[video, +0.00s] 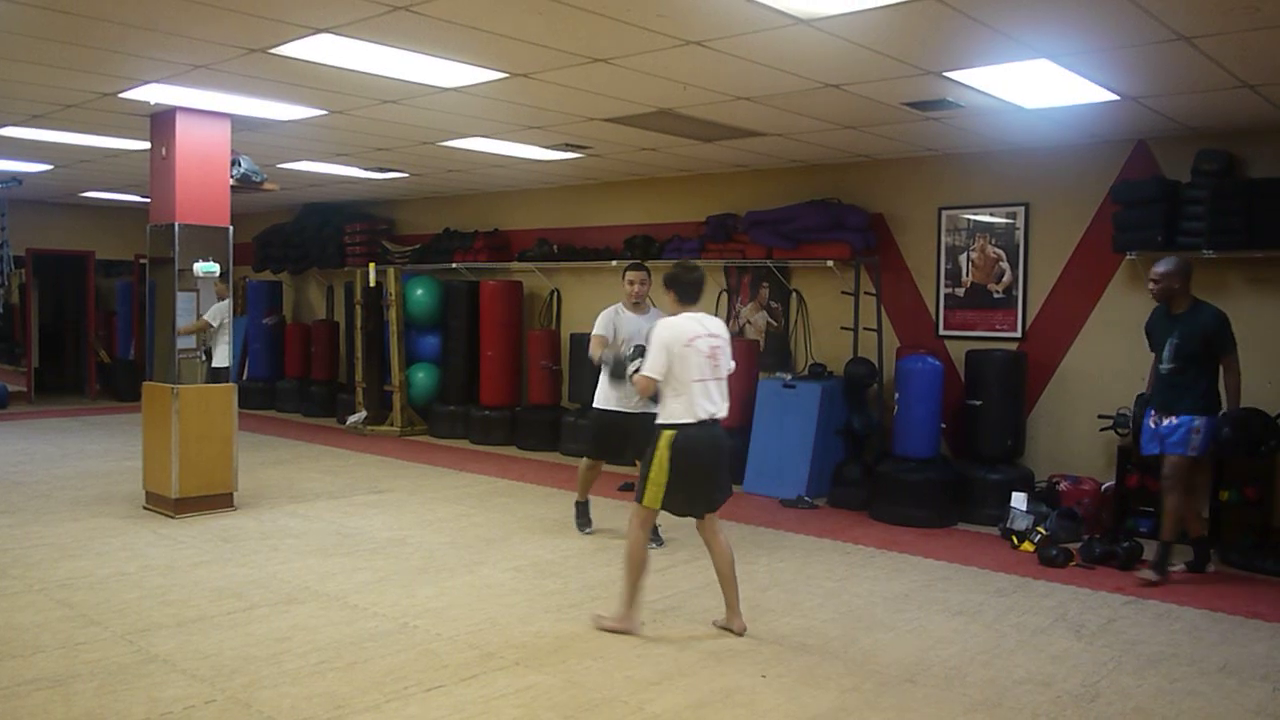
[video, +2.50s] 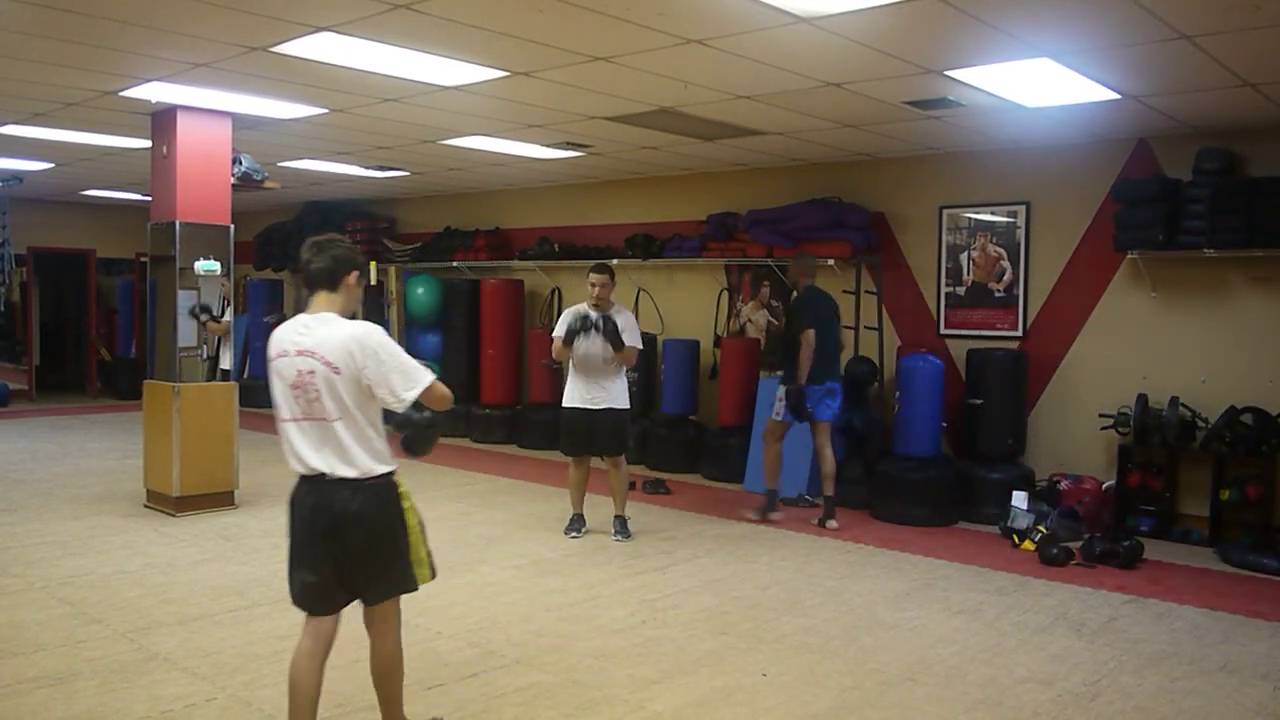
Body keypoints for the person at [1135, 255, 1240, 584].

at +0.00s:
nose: (1150, 287)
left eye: (1157, 281)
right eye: (1150, 281)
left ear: (1180, 283)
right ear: (1155, 284)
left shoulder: (1212, 320)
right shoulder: (1156, 320)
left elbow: (1231, 368)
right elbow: (1158, 360)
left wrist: (1232, 415)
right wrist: (1148, 399)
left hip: (1196, 414)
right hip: (1162, 413)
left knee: (1171, 477)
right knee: (1184, 483)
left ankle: (1160, 560)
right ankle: (1201, 553)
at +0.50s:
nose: (1092, 283)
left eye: (1098, 279)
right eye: (1093, 278)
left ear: (1119, 282)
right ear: (1110, 283)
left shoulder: (1142, 316)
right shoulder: (1111, 317)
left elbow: (1157, 366)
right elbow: (1113, 369)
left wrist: (1152, 413)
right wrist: (1105, 406)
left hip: (1129, 415)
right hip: (1111, 414)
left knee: (1114, 482)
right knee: (1115, 481)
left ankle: (1117, 556)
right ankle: (1166, 523)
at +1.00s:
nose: (1017, 280)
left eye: (1022, 275)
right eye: (1019, 275)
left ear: (1037, 280)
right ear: (1037, 281)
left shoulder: (1056, 312)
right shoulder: (1041, 313)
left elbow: (1067, 359)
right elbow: (1044, 362)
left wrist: (1039, 402)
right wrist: (1030, 396)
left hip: (1063, 411)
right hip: (1039, 410)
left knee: (1076, 483)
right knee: (1012, 465)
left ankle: (1109, 553)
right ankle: (1001, 543)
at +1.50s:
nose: (929, 280)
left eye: (932, 275)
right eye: (931, 274)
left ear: (946, 277)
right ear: (954, 277)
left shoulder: (957, 307)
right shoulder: (968, 305)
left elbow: (969, 354)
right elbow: (970, 354)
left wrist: (957, 397)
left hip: (953, 400)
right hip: (977, 400)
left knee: (922, 456)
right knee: (976, 464)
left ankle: (902, 534)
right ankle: (996, 541)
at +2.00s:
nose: (850, 278)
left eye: (852, 274)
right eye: (852, 273)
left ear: (861, 275)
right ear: (878, 276)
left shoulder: (861, 305)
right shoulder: (892, 305)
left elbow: (859, 343)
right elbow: (909, 347)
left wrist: (833, 374)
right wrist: (910, 388)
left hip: (870, 392)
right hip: (890, 390)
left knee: (879, 458)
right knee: (856, 449)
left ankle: (896, 535)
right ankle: (838, 506)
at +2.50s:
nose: (787, 275)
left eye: (789, 270)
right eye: (789, 270)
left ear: (797, 273)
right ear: (813, 272)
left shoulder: (800, 301)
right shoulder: (829, 300)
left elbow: (809, 342)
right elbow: (840, 344)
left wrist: (799, 384)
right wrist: (825, 369)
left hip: (803, 381)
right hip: (829, 381)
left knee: (772, 436)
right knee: (823, 443)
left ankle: (771, 502)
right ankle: (829, 512)